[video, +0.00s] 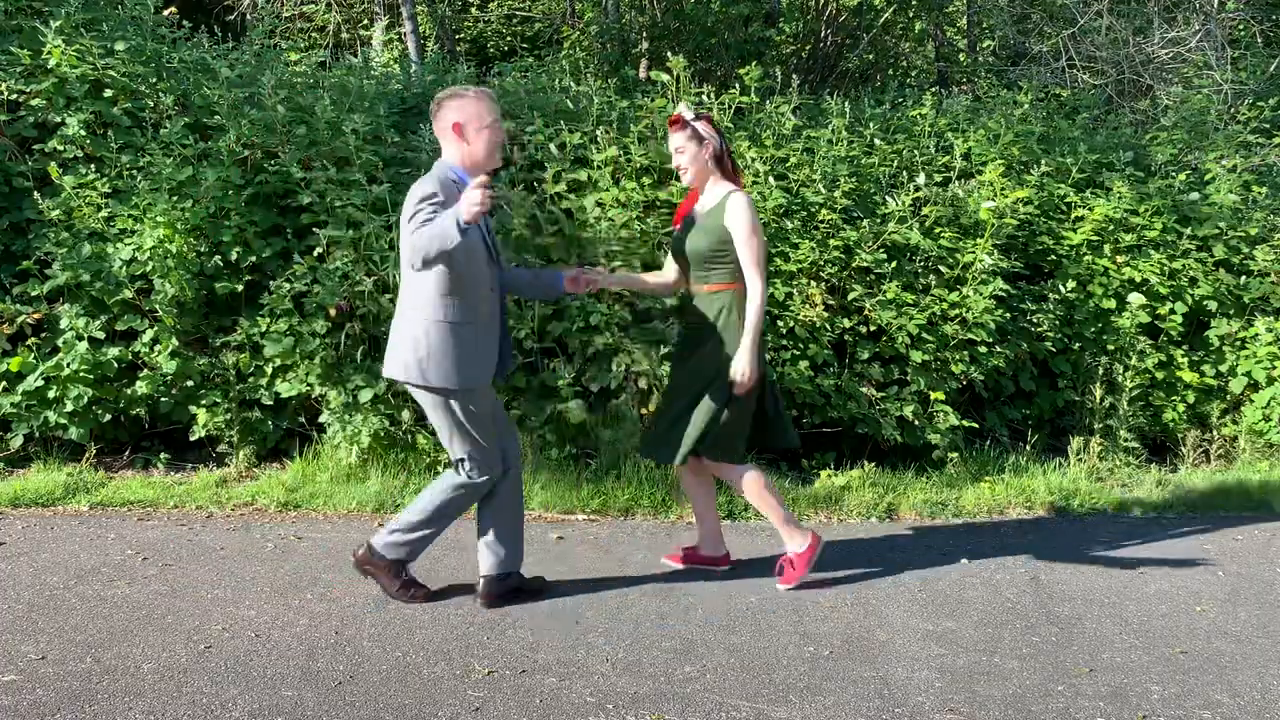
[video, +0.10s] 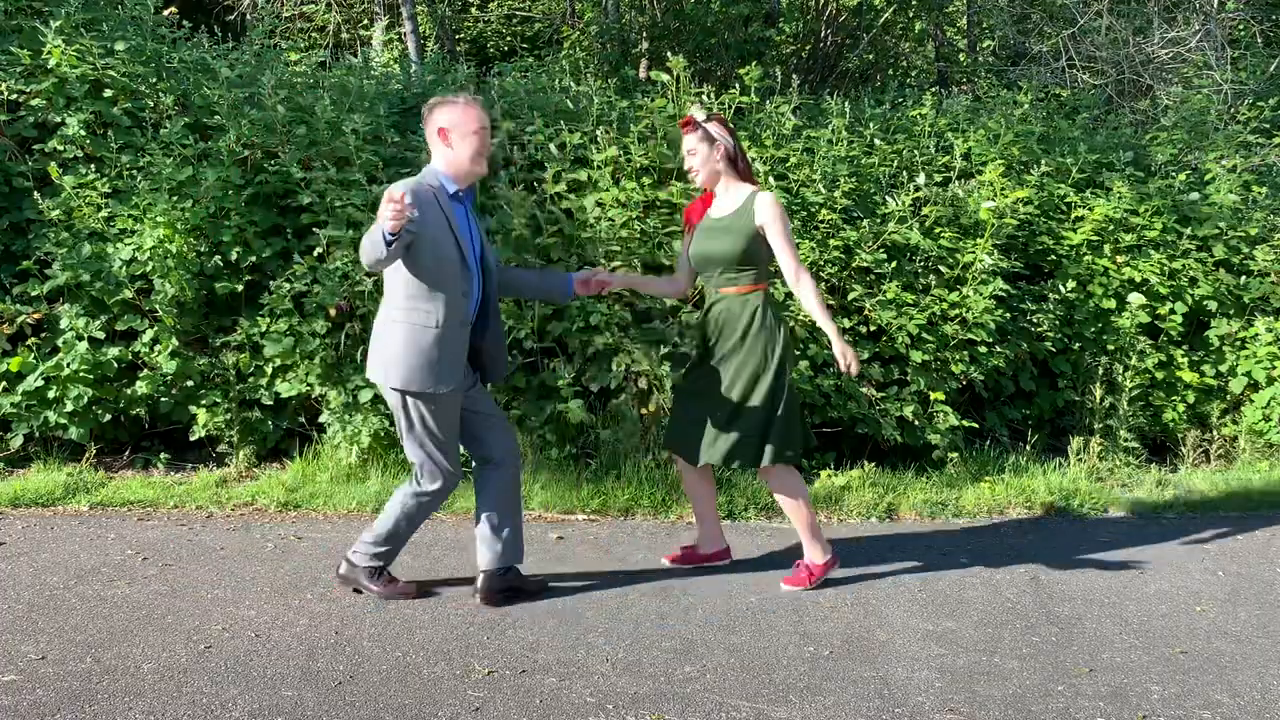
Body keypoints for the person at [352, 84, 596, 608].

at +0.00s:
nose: (504, 136)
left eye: (501, 125)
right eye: (493, 126)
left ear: (462, 135)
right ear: (457, 133)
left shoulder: (469, 196)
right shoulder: (432, 190)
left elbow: (496, 277)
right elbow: (414, 250)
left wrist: (560, 280)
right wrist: (459, 216)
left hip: (460, 358)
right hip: (434, 360)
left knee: (504, 455)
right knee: (480, 463)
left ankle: (501, 577)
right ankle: (385, 553)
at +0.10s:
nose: (489, 143)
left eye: (489, 134)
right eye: (480, 134)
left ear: (458, 139)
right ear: (442, 138)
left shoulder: (462, 206)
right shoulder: (412, 197)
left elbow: (495, 277)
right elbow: (372, 257)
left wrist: (573, 283)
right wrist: (385, 228)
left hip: (454, 363)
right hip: (414, 364)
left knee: (499, 450)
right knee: (436, 475)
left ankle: (499, 573)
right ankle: (363, 560)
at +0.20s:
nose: (479, 146)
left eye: (481, 138)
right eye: (468, 136)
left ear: (482, 145)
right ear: (430, 139)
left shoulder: (466, 218)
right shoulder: (388, 196)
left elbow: (503, 274)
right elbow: (344, 249)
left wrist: (580, 277)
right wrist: (329, 229)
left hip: (443, 360)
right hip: (391, 362)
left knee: (494, 437)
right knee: (426, 469)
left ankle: (495, 563)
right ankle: (362, 565)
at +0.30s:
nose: (468, 148)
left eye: (473, 140)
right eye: (458, 136)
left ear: (476, 147)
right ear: (424, 136)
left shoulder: (468, 220)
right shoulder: (374, 195)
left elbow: (510, 271)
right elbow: (317, 240)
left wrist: (582, 275)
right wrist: (284, 215)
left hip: (435, 360)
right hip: (378, 357)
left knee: (478, 448)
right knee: (421, 462)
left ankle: (502, 567)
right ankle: (364, 563)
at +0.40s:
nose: (456, 151)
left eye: (463, 144)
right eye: (445, 140)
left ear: (466, 156)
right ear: (414, 144)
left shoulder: (463, 222)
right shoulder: (362, 198)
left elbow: (512, 278)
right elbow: (297, 237)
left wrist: (583, 282)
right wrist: (249, 204)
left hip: (427, 358)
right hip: (368, 354)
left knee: (465, 452)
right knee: (420, 457)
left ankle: (500, 567)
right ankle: (365, 556)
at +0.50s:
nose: (442, 161)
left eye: (450, 154)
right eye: (433, 149)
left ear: (452, 163)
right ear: (401, 146)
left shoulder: (451, 228)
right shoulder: (346, 202)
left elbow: (500, 279)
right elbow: (279, 240)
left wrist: (572, 285)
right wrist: (225, 203)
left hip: (417, 364)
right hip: (354, 360)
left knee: (458, 455)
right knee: (401, 462)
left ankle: (498, 566)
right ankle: (361, 559)